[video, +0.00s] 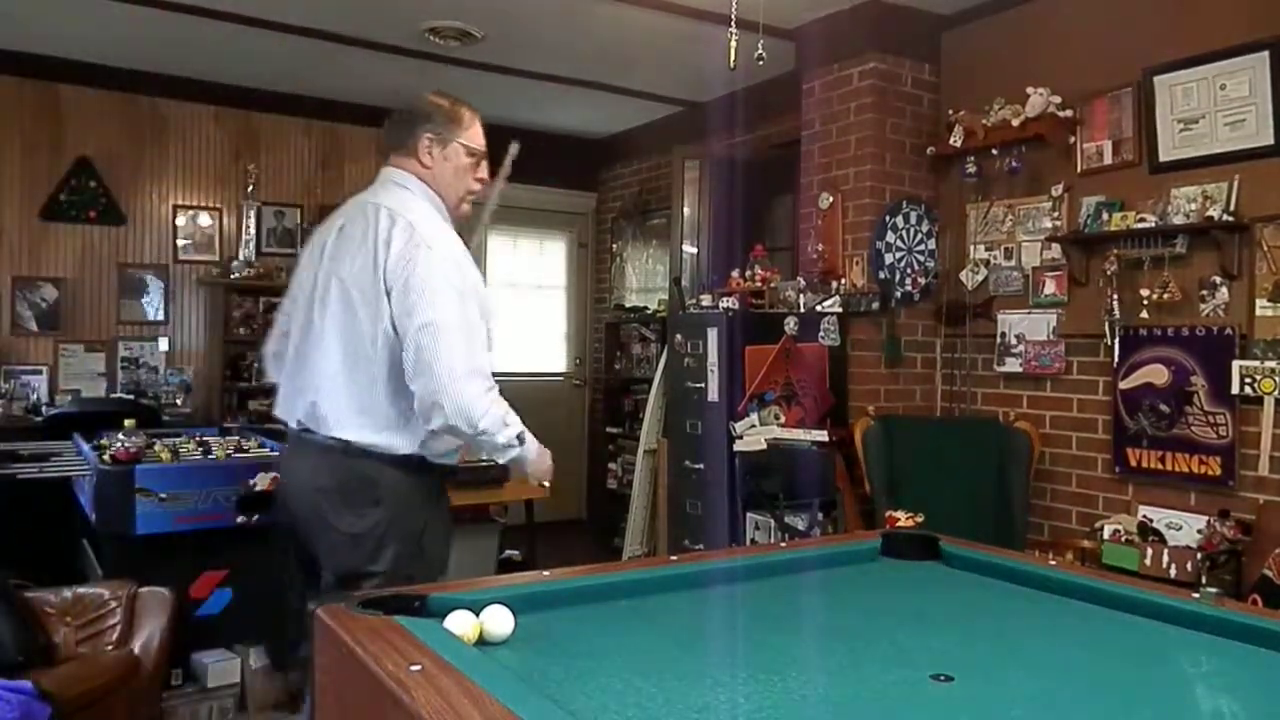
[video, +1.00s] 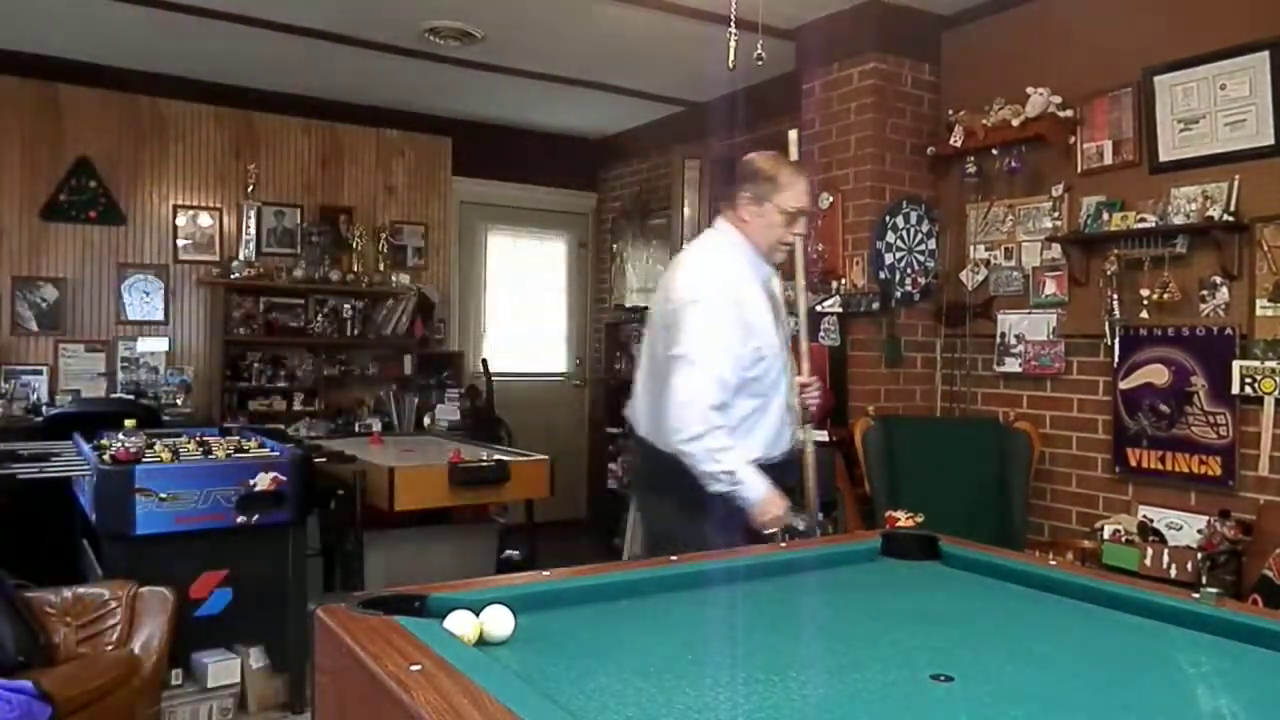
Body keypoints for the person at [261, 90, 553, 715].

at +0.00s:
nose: (483, 175)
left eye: (485, 161)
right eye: (473, 157)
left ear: (419, 156)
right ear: (427, 152)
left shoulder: (334, 225)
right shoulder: (423, 237)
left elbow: (278, 354)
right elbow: (453, 385)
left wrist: (353, 402)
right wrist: (523, 447)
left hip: (312, 467)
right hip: (386, 484)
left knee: (327, 668)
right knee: (387, 677)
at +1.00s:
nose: (799, 230)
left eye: (803, 218)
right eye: (791, 216)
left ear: (750, 211)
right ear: (748, 208)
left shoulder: (748, 266)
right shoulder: (710, 274)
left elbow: (730, 380)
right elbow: (689, 421)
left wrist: (786, 392)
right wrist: (757, 493)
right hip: (692, 481)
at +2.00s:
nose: (1034, 232)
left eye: (1047, 221)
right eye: (1023, 212)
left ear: (1054, 224)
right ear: (984, 200)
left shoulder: (1039, 298)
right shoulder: (915, 270)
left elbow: (1047, 381)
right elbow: (854, 374)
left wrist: (1053, 416)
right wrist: (920, 442)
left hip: (984, 491)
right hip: (894, 485)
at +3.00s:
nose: (1072, 204)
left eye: (1086, 186)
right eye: (1053, 190)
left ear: (1104, 189)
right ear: (1021, 195)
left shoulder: (1122, 272)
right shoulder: (980, 281)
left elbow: (1154, 357)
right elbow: (941, 416)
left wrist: (1160, 406)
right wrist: (1019, 494)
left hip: (1099, 505)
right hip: (996, 510)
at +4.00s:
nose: (1057, 181)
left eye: (1074, 166)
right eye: (1050, 170)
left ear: (1118, 173)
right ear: (1043, 181)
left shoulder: (1163, 271)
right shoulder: (1019, 261)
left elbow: (1188, 406)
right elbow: (938, 325)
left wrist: (1096, 473)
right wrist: (929, 257)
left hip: (1109, 503)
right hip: (1010, 488)